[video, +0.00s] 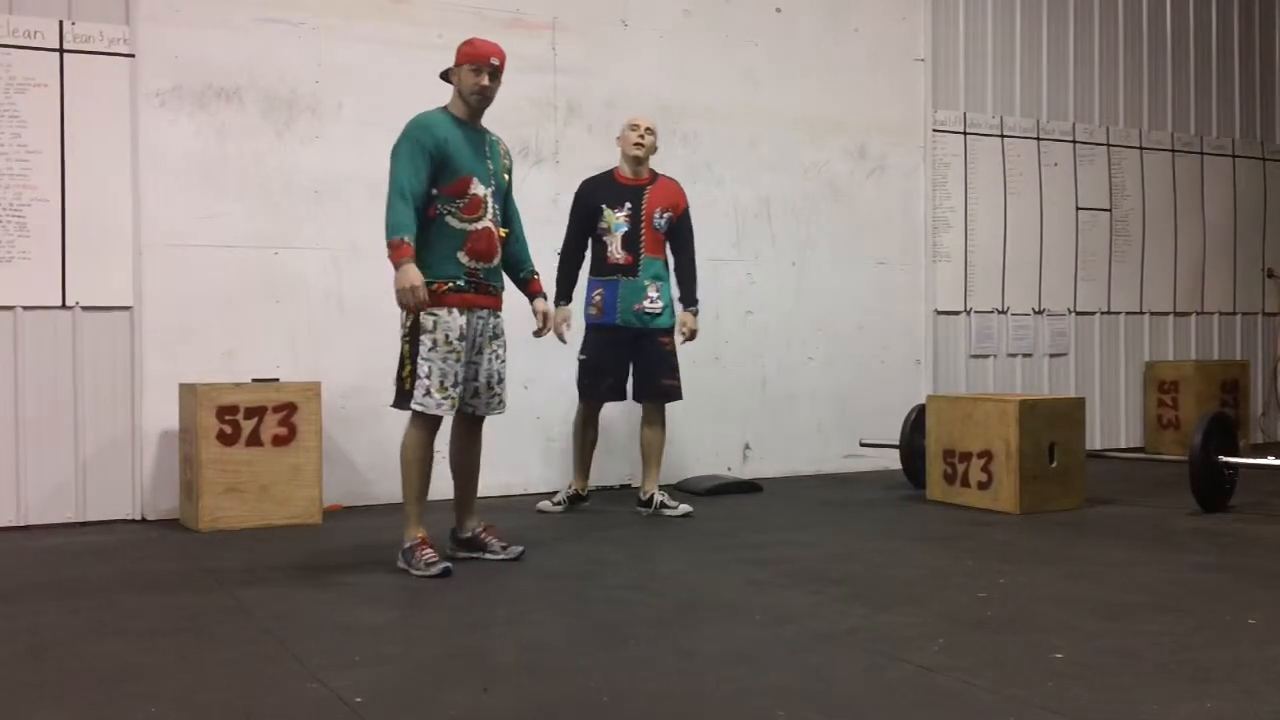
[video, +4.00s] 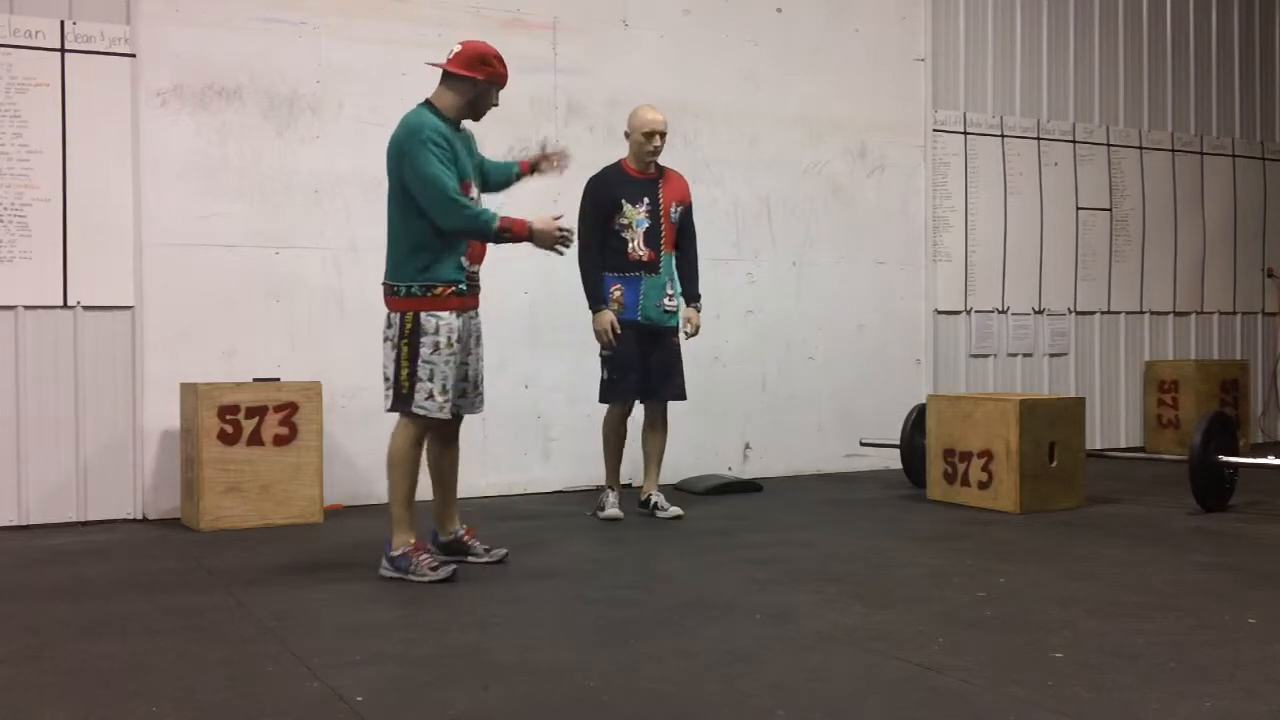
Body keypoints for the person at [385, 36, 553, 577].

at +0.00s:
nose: (485, 79)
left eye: (494, 73)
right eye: (476, 70)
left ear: (500, 84)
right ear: (453, 75)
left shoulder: (496, 149)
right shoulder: (426, 130)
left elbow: (508, 226)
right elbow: (401, 199)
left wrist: (537, 291)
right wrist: (404, 264)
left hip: (485, 302)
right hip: (438, 299)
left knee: (472, 413)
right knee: (427, 413)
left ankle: (466, 526)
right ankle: (414, 537)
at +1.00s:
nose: (491, 83)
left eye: (500, 75)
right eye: (482, 72)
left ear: (507, 83)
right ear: (460, 76)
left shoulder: (506, 148)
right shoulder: (437, 133)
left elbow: (520, 225)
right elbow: (415, 189)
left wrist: (549, 289)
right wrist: (417, 190)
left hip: (497, 300)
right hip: (450, 296)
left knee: (479, 416)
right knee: (443, 416)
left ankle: (470, 529)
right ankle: (436, 545)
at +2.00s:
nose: (437, 66)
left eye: (444, 56)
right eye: (425, 57)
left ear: (455, 62)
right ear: (405, 65)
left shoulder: (475, 130)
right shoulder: (384, 132)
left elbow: (499, 214)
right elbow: (374, 219)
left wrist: (522, 281)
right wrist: (401, 296)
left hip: (477, 300)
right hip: (418, 301)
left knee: (497, 405)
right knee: (414, 419)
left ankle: (473, 512)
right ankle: (430, 544)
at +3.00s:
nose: (503, 101)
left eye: (506, 92)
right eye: (501, 89)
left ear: (479, 83)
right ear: (474, 80)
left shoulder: (480, 144)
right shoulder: (426, 128)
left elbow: (490, 220)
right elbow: (411, 199)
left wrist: (524, 282)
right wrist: (431, 249)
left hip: (476, 300)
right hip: (438, 299)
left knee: (461, 415)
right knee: (437, 416)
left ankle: (451, 532)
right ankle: (433, 547)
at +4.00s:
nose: (495, 105)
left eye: (497, 95)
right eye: (494, 94)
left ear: (463, 83)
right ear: (472, 86)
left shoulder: (454, 132)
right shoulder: (418, 134)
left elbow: (483, 175)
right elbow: (451, 212)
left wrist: (530, 165)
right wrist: (525, 230)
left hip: (457, 296)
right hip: (422, 298)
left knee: (447, 419)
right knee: (415, 419)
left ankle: (448, 532)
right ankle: (402, 546)